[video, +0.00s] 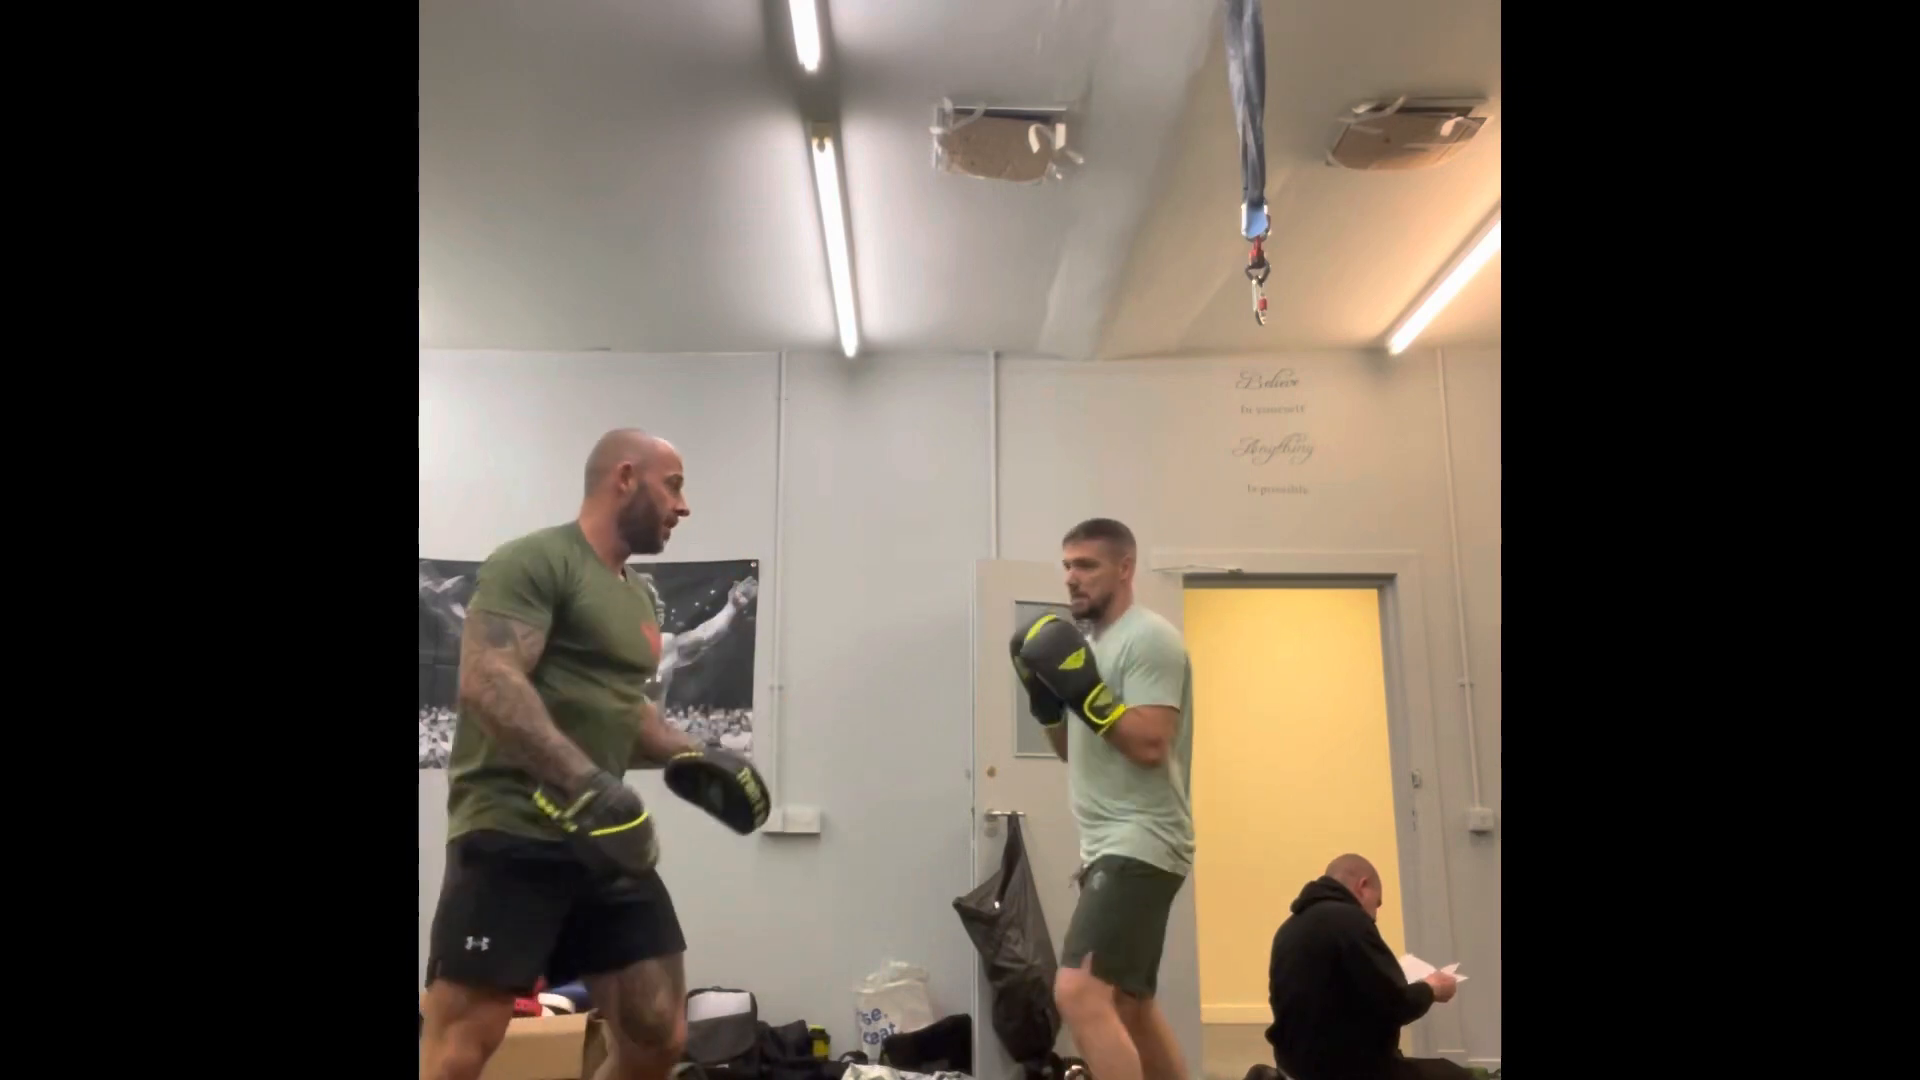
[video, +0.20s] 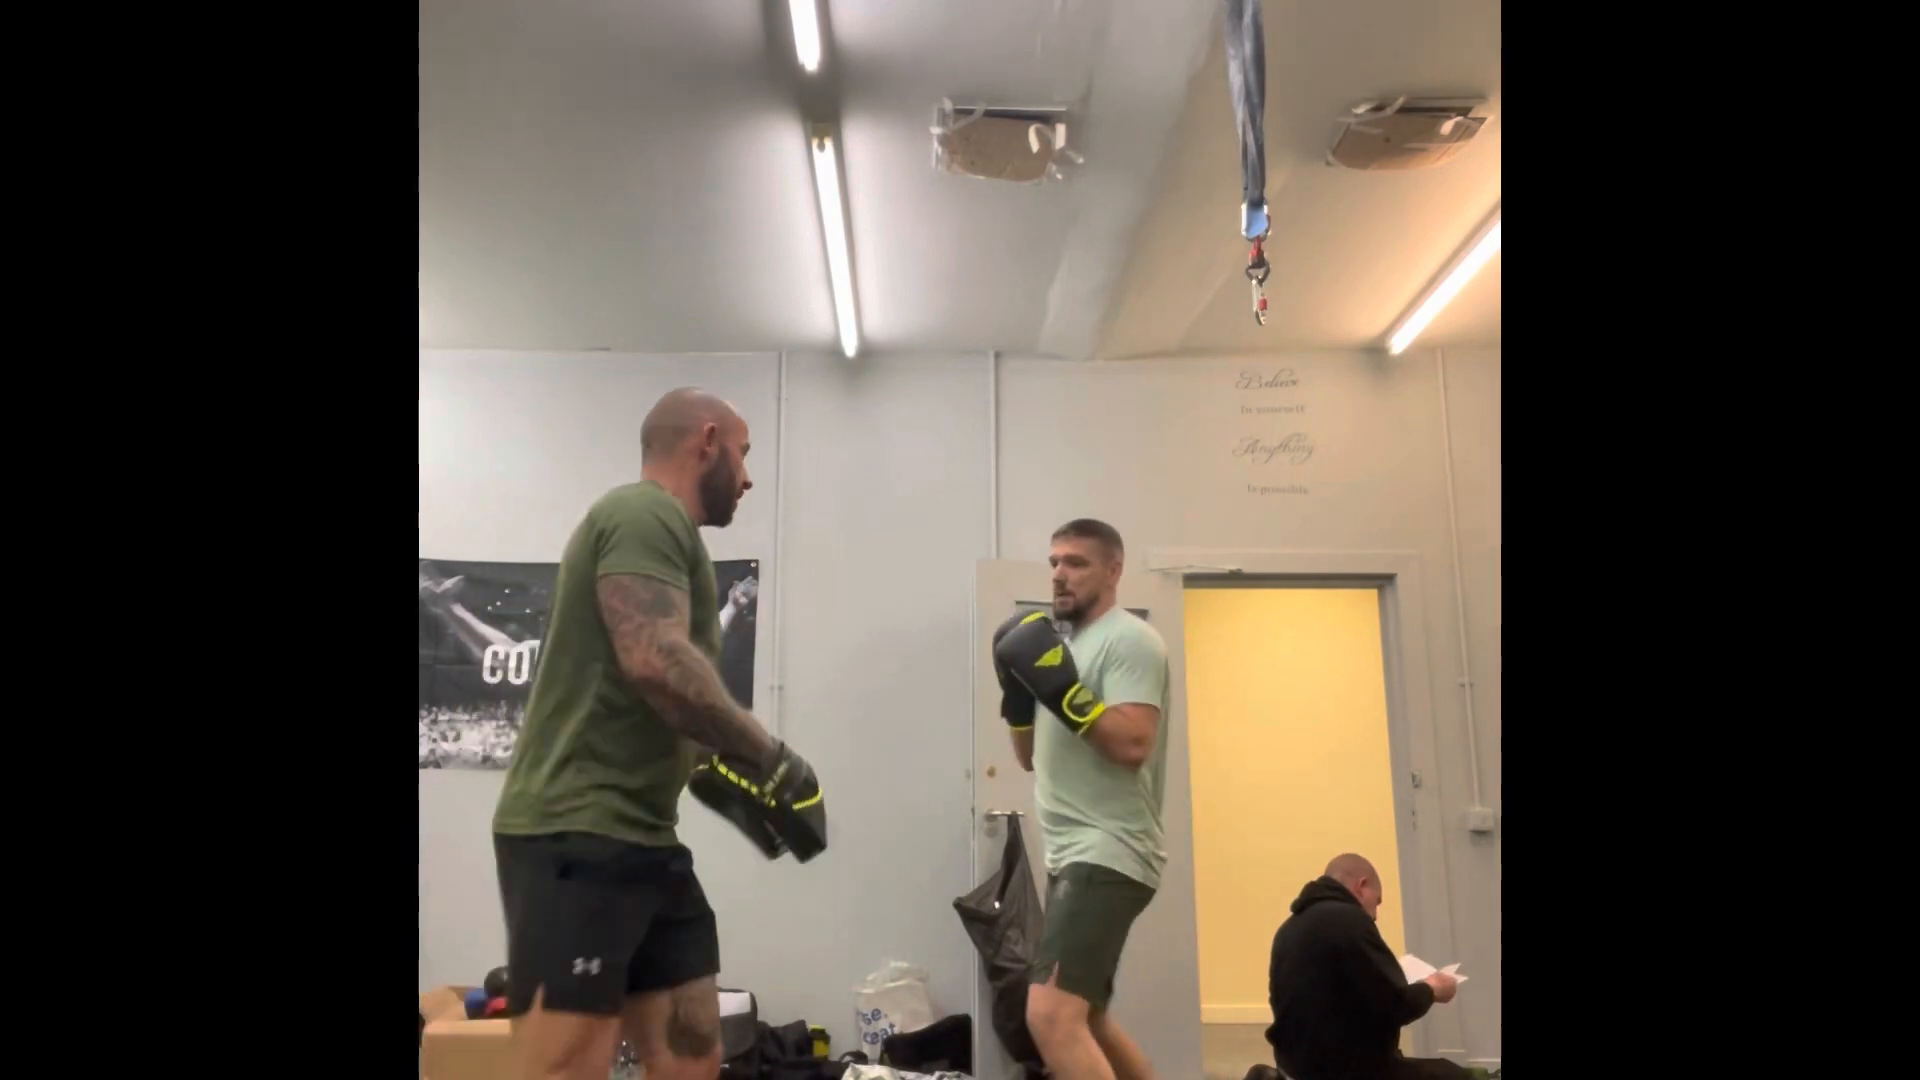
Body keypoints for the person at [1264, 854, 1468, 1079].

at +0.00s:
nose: (1374, 916)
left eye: (1377, 907)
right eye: (1376, 904)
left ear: (1330, 883)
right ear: (1361, 887)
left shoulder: (1287, 930)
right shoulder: (1350, 921)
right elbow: (1392, 1006)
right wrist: (1430, 989)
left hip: (1301, 1067)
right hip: (1356, 1070)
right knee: (1452, 1072)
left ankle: (1272, 1075)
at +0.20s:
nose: (1375, 916)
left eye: (1378, 905)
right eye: (1376, 903)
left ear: (1329, 882)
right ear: (1360, 886)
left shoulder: (1288, 930)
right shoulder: (1350, 921)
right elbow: (1392, 1007)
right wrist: (1430, 989)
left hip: (1301, 1067)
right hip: (1355, 1070)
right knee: (1451, 1071)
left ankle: (1272, 1074)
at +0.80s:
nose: (1375, 893)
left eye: (1372, 883)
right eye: (1370, 881)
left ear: (1320, 881)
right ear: (1347, 879)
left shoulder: (1287, 930)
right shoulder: (1347, 920)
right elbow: (1387, 1008)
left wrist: (1400, 1000)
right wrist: (1425, 1009)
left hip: (1302, 1068)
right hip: (1357, 1071)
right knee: (1454, 1072)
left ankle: (1271, 1075)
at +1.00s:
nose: (1377, 899)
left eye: (1376, 887)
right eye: (1373, 886)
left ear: (1323, 883)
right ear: (1352, 883)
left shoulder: (1290, 929)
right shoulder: (1352, 922)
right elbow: (1372, 1013)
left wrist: (1385, 1018)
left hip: (1299, 1065)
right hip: (1349, 1068)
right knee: (1449, 1070)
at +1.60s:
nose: (1414, 923)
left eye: (1416, 912)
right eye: (1414, 910)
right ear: (1392, 897)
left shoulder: (1324, 926)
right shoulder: (1389, 933)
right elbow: (1388, 1031)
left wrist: (1402, 1045)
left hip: (1292, 1059)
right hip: (1342, 1068)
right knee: (1457, 1072)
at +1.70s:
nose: (1411, 921)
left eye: (1413, 909)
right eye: (1410, 907)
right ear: (1388, 894)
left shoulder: (1320, 926)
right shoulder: (1386, 933)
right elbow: (1387, 1027)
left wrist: (1400, 1045)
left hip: (1293, 1057)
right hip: (1344, 1067)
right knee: (1455, 1072)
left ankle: (1270, 1074)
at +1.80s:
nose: (1407, 917)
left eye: (1409, 904)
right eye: (1405, 902)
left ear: (1378, 891)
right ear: (1383, 892)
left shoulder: (1314, 928)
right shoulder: (1382, 932)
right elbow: (1385, 1033)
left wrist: (1398, 1044)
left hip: (1295, 1059)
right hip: (1347, 1067)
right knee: (1456, 1072)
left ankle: (1273, 1073)